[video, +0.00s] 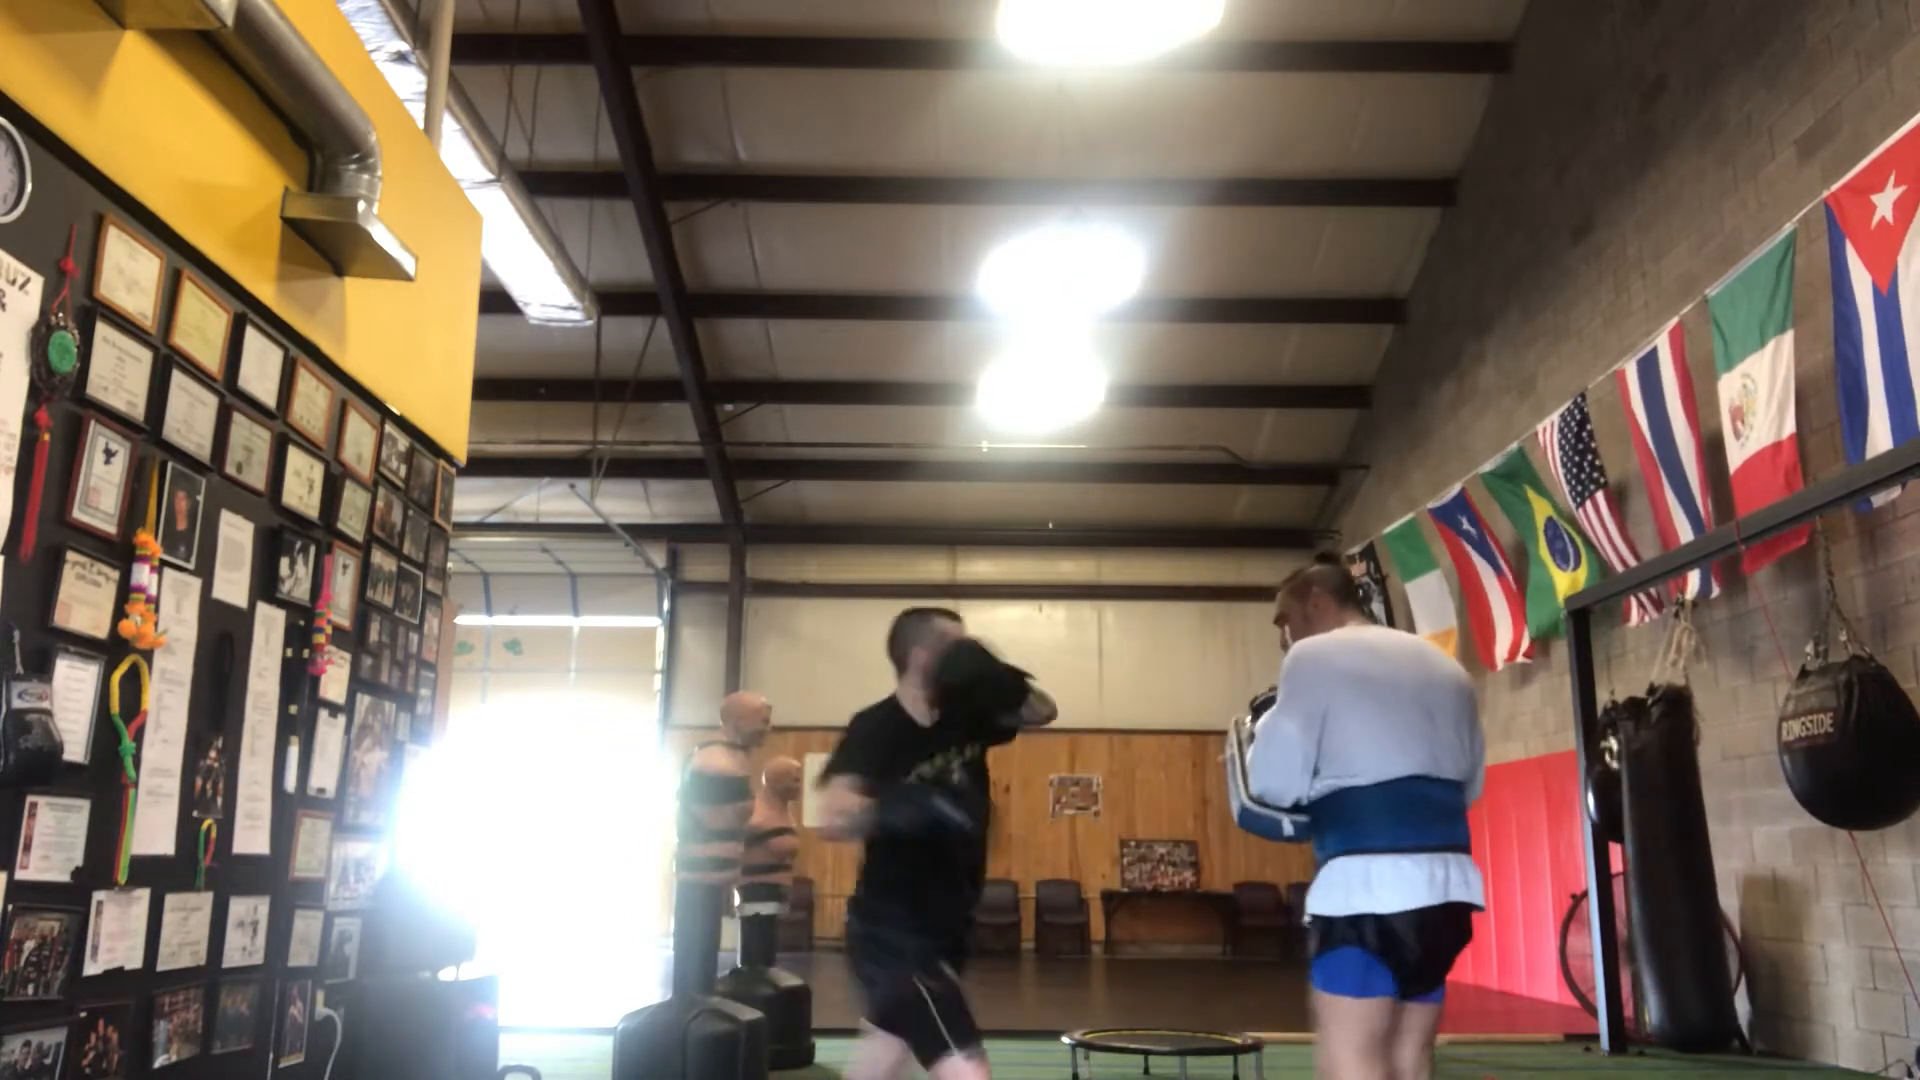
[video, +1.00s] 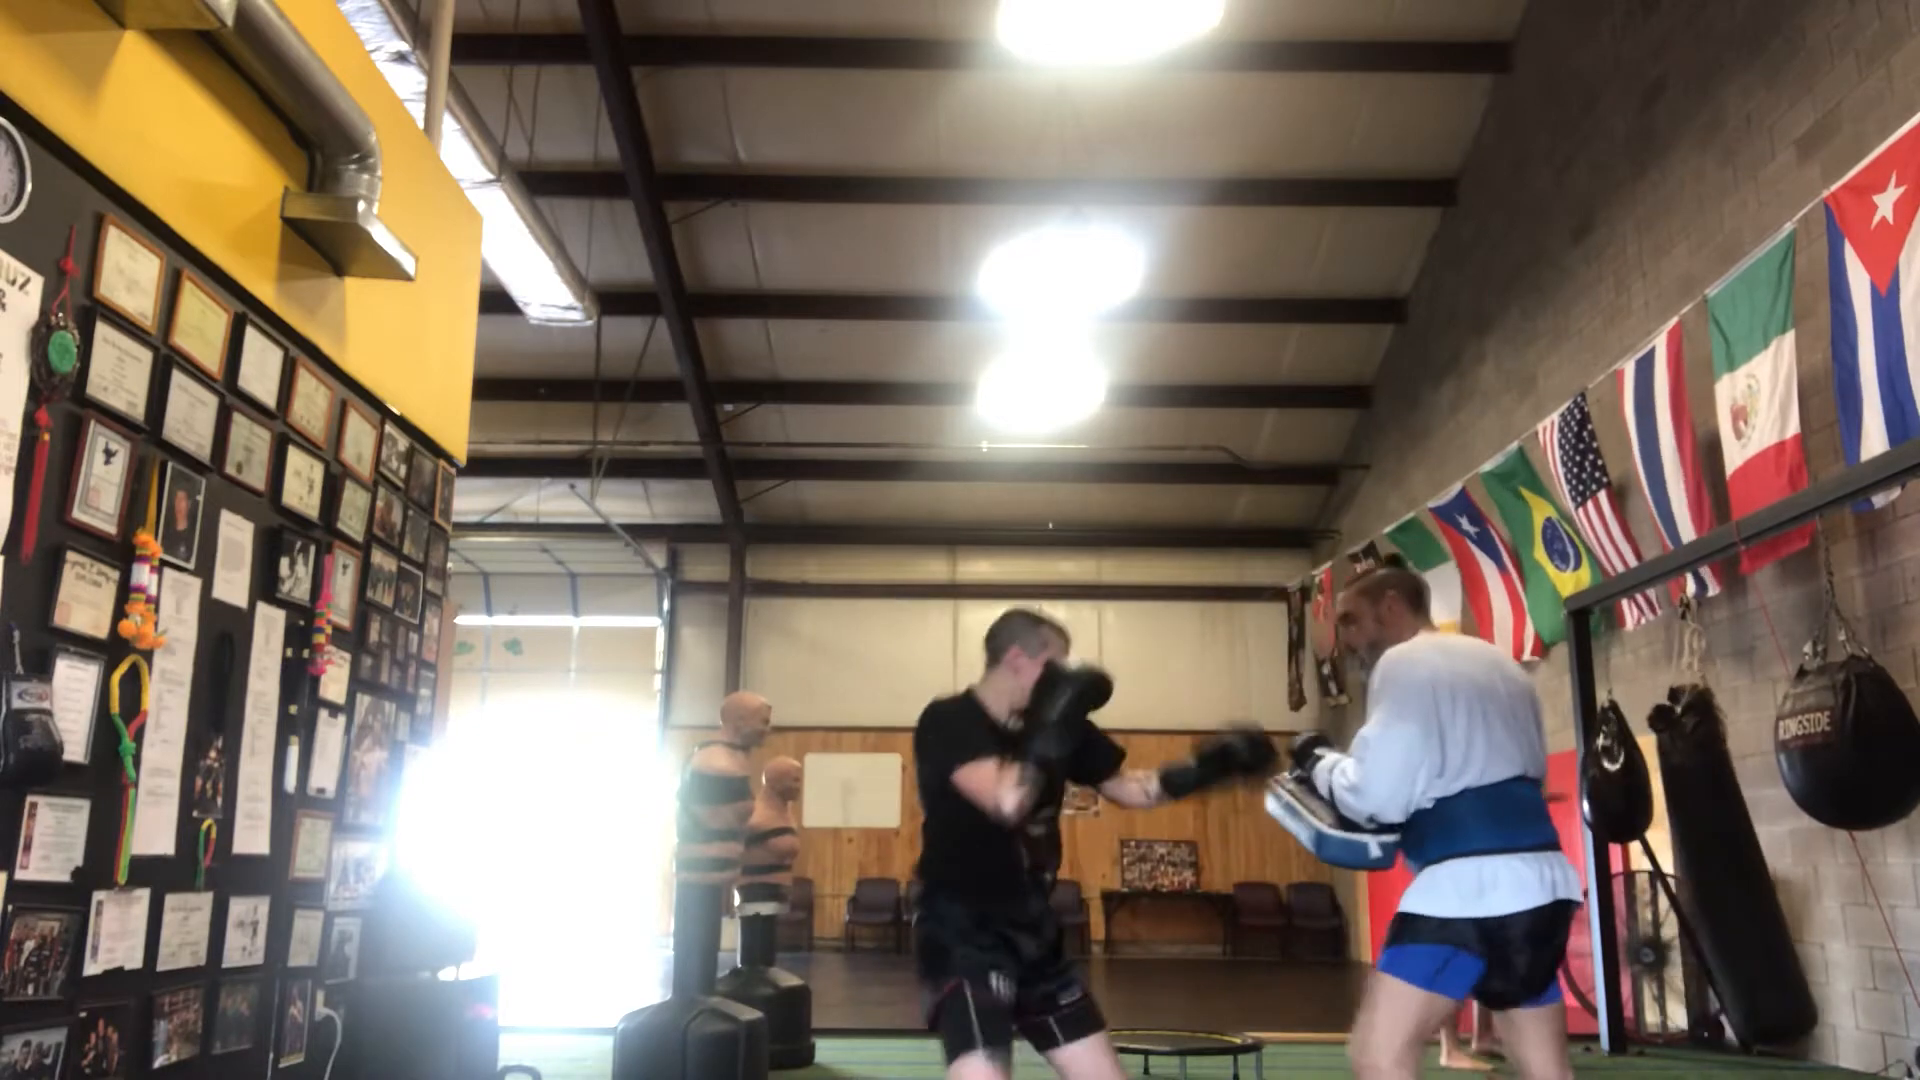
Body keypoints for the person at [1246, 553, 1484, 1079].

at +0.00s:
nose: (1285, 639)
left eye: (1284, 623)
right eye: (1280, 627)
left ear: (1314, 605)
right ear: (1348, 604)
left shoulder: (1312, 658)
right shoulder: (1443, 664)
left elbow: (1274, 785)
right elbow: (1470, 783)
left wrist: (1274, 726)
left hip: (1363, 900)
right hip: (1447, 899)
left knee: (1350, 1065)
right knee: (1412, 1064)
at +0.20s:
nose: (1299, 638)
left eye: (1298, 623)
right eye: (1294, 627)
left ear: (1328, 601)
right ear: (1363, 600)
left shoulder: (1328, 657)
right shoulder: (1455, 653)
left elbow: (1286, 778)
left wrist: (1280, 700)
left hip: (1402, 895)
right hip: (1482, 886)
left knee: (1407, 1069)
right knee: (1408, 1054)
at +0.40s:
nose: (1330, 626)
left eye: (1334, 606)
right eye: (1330, 608)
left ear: (1373, 591)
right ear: (1401, 588)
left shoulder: (1379, 654)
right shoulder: (1483, 648)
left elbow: (1305, 751)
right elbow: (1421, 732)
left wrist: (1262, 687)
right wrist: (1341, 675)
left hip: (1425, 901)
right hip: (1499, 892)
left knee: (1420, 1067)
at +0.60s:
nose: (1361, 621)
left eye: (1367, 603)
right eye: (1360, 606)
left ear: (1409, 594)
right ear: (1421, 597)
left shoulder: (1420, 659)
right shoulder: (1511, 657)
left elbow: (1371, 781)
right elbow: (1475, 752)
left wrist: (1305, 727)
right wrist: (1382, 708)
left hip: (1451, 898)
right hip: (1530, 890)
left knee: (1434, 1067)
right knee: (1539, 1060)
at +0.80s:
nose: (1367, 634)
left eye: (1370, 614)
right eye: (1362, 620)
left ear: (1409, 600)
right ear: (1419, 603)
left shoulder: (1420, 663)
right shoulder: (1527, 662)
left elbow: (1392, 794)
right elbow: (1544, 769)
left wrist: (1328, 759)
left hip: (1468, 901)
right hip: (1550, 893)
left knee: (1436, 1069)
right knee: (1552, 1065)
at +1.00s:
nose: (1349, 643)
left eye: (1351, 624)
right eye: (1345, 629)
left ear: (1390, 607)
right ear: (1408, 610)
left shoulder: (1404, 666)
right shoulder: (1503, 664)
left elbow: (1380, 797)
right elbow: (1530, 775)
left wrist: (1318, 759)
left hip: (1460, 897)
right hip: (1542, 892)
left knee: (1379, 1054)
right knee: (1546, 1066)